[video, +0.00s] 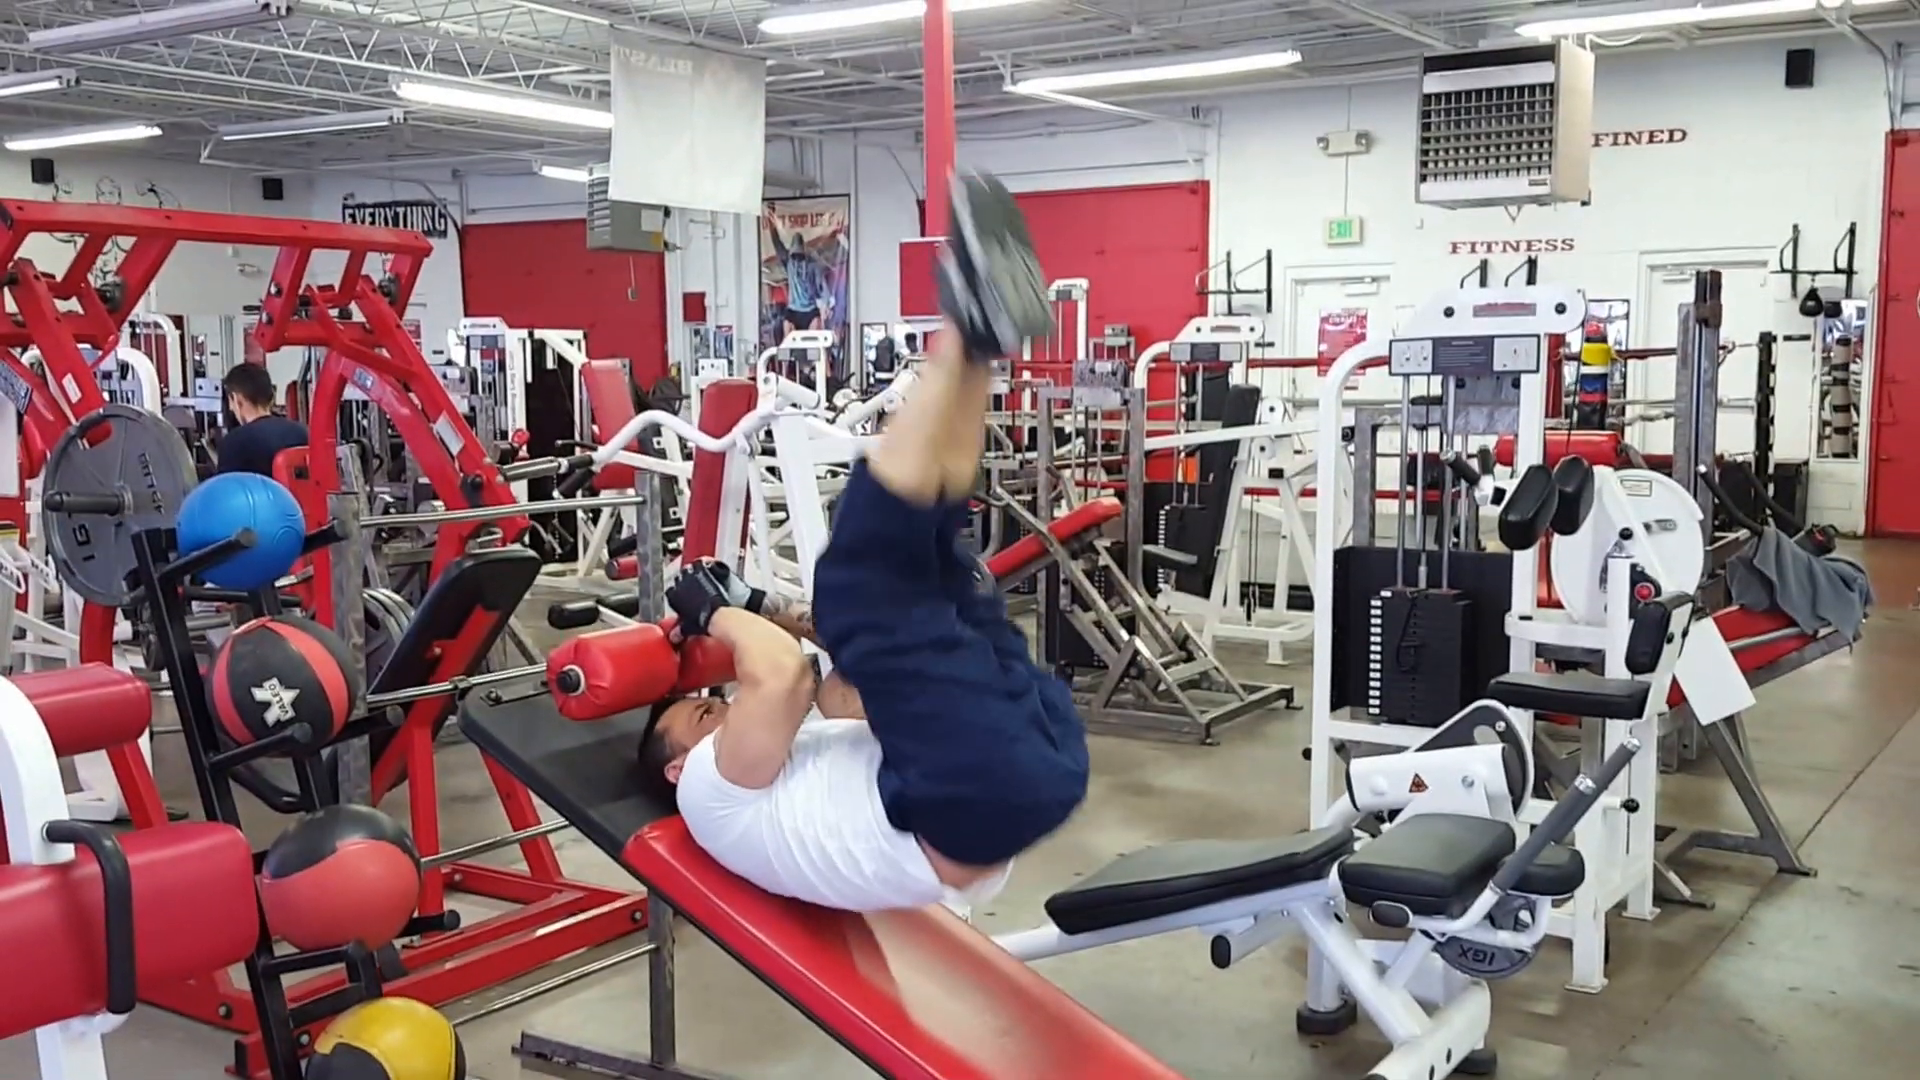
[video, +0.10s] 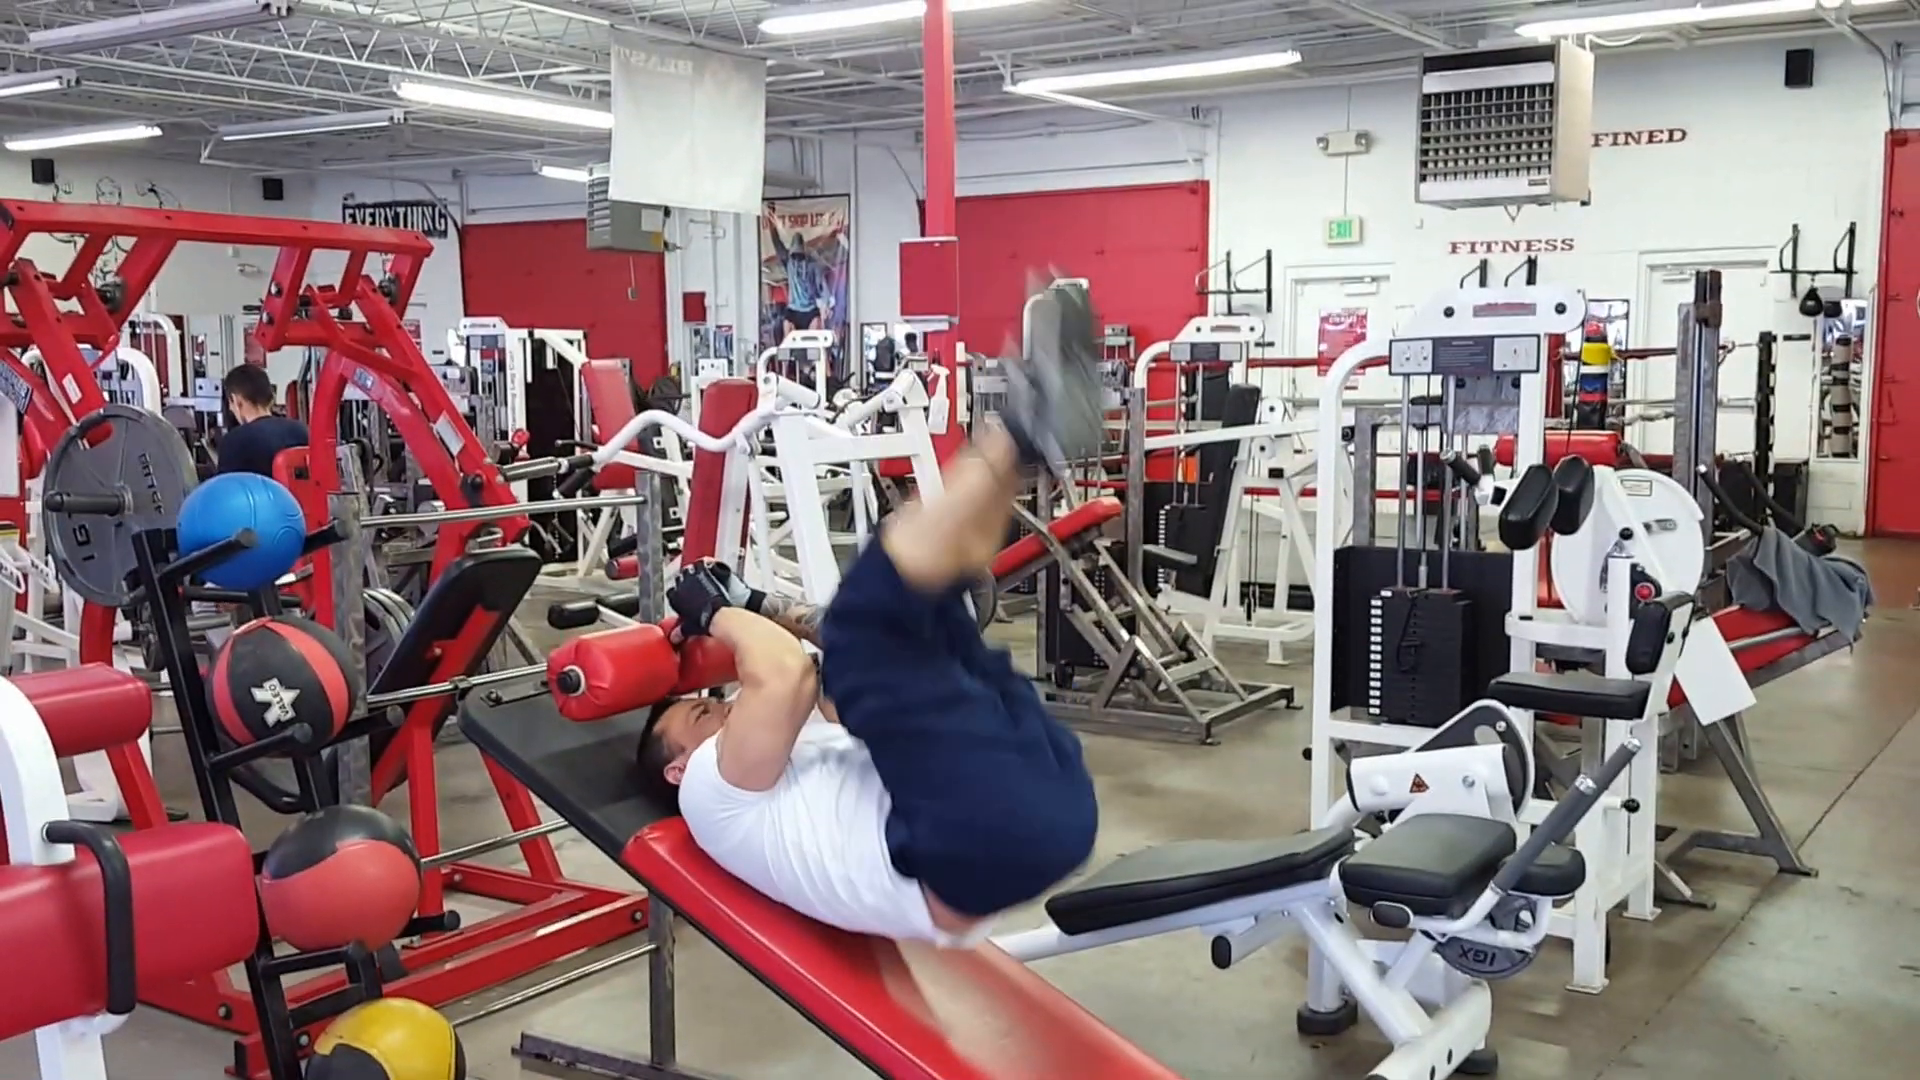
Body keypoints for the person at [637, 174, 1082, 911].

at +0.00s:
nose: (717, 704)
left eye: (710, 701)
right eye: (694, 715)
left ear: (723, 707)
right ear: (677, 767)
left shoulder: (797, 757)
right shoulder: (709, 796)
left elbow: (856, 700)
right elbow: (782, 669)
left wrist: (790, 641)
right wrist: (716, 612)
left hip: (1044, 775)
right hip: (976, 804)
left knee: (929, 565)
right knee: (858, 581)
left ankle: (980, 353)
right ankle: (958, 334)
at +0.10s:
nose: (716, 705)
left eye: (708, 701)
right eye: (695, 715)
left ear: (724, 708)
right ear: (679, 770)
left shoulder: (803, 757)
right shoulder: (711, 795)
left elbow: (850, 702)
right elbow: (789, 674)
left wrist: (750, 613)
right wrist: (717, 611)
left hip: (1053, 813)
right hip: (985, 846)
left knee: (916, 610)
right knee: (859, 620)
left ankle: (1026, 437)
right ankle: (1009, 437)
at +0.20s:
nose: (723, 702)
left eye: (715, 698)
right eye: (699, 713)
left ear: (734, 704)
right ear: (679, 767)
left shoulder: (804, 757)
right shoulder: (714, 794)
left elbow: (844, 682)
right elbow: (787, 669)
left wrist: (762, 622)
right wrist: (716, 609)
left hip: (1051, 852)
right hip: (990, 891)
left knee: (916, 653)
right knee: (878, 657)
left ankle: (1116, 552)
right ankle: (1095, 551)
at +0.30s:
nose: (720, 698)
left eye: (710, 694)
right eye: (700, 703)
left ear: (721, 712)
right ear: (689, 746)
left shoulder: (817, 759)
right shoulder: (724, 781)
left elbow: (880, 675)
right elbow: (792, 661)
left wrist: (787, 632)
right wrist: (722, 608)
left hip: (1046, 880)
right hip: (991, 919)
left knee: (990, 654)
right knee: (937, 670)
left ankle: (1189, 678)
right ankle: (1186, 682)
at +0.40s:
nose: (732, 691)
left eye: (722, 686)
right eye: (714, 693)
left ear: (731, 710)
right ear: (694, 739)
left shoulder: (830, 739)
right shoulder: (730, 781)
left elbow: (887, 638)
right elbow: (800, 653)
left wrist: (788, 608)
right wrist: (722, 604)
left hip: (1050, 909)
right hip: (984, 941)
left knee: (1073, 660)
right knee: (1005, 688)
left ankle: (1291, 788)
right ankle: (1237, 814)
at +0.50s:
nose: (739, 690)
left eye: (728, 683)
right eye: (718, 692)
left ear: (738, 699)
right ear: (696, 733)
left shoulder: (839, 732)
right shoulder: (732, 779)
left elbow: (886, 633)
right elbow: (799, 645)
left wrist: (779, 607)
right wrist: (721, 600)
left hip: (1046, 925)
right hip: (978, 957)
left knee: (1143, 701)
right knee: (1069, 730)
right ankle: (1275, 916)